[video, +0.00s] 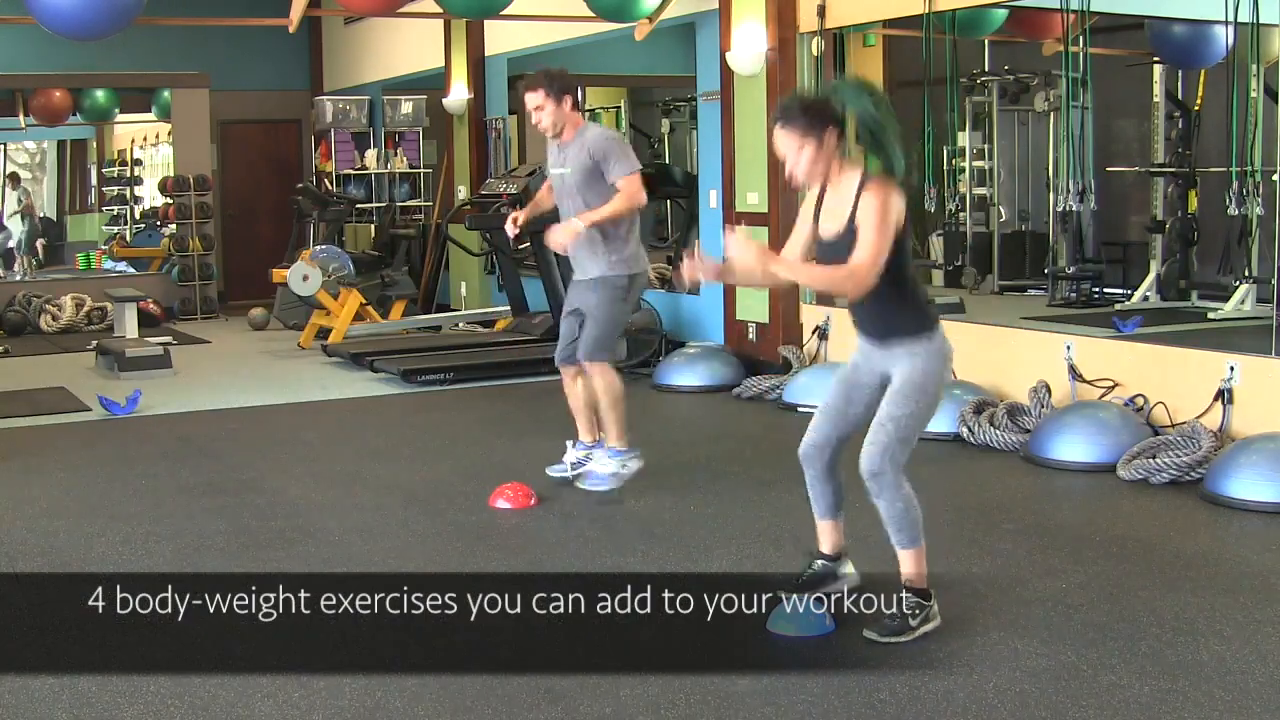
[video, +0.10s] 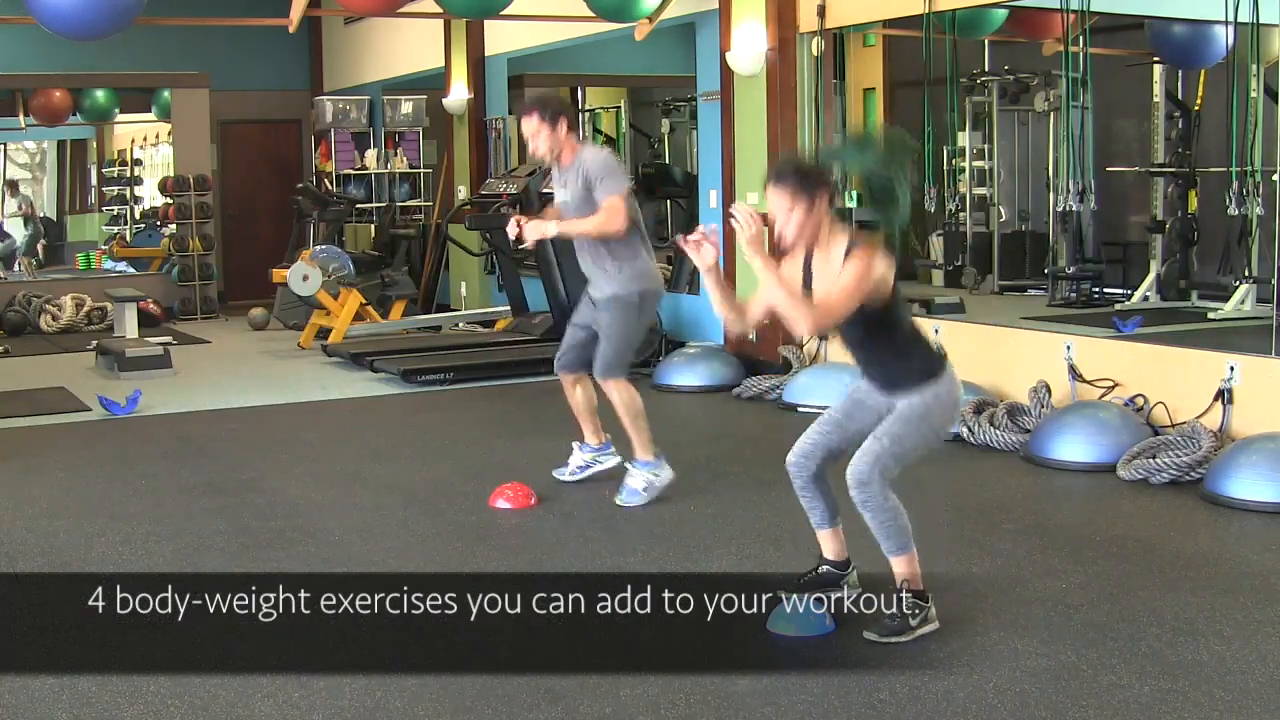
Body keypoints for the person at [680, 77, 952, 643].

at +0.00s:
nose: (787, 166)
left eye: (791, 153)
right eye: (783, 157)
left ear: (827, 139)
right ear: (813, 145)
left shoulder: (880, 192)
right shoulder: (817, 194)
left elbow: (856, 282)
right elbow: (783, 272)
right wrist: (717, 269)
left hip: (919, 350)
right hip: (871, 349)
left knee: (880, 463)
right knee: (816, 452)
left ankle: (918, 595)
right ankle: (832, 562)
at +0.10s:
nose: (777, 222)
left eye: (785, 210)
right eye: (772, 212)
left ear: (821, 203)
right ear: (772, 210)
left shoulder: (865, 255)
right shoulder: (792, 262)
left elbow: (809, 325)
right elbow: (740, 322)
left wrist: (759, 258)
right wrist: (710, 270)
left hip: (928, 390)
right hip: (875, 387)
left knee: (866, 475)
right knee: (803, 462)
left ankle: (915, 597)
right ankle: (838, 566)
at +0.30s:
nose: (764, 335)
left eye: (771, 323)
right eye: (760, 324)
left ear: (805, 317)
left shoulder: (848, 361)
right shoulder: (783, 364)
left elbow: (791, 431)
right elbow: (725, 416)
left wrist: (751, 363)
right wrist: (712, 354)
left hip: (943, 449)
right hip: (883, 448)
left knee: (863, 480)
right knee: (794, 463)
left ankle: (914, 599)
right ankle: (836, 567)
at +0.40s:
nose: (757, 349)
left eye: (766, 338)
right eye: (754, 340)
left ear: (800, 331)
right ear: (750, 337)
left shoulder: (844, 375)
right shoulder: (783, 379)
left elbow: (788, 443)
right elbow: (722, 428)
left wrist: (739, 374)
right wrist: (702, 371)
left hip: (943, 458)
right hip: (885, 457)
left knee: (862, 481)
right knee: (792, 467)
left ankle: (914, 601)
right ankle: (836, 567)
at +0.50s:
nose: (754, 322)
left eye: (761, 309)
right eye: (752, 310)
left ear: (798, 303)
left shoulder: (841, 349)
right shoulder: (779, 355)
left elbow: (784, 422)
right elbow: (724, 410)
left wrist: (714, 368)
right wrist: (684, 374)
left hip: (935, 438)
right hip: (879, 438)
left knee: (861, 481)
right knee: (792, 465)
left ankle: (914, 600)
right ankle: (836, 566)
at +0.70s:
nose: (756, 206)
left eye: (763, 192)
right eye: (753, 194)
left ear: (800, 186)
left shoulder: (839, 242)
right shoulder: (787, 244)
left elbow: (818, 338)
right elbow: (754, 325)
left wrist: (776, 409)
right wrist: (710, 391)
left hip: (907, 377)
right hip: (860, 379)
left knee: (854, 476)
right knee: (791, 460)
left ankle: (914, 597)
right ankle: (836, 566)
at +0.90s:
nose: (759, 110)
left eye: (766, 98)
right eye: (754, 100)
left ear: (800, 89)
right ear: (757, 98)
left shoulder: (841, 144)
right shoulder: (785, 147)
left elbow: (899, 217)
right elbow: (812, 224)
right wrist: (822, 289)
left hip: (871, 303)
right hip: (828, 308)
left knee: (840, 419)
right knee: (811, 424)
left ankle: (874, 560)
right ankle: (823, 550)